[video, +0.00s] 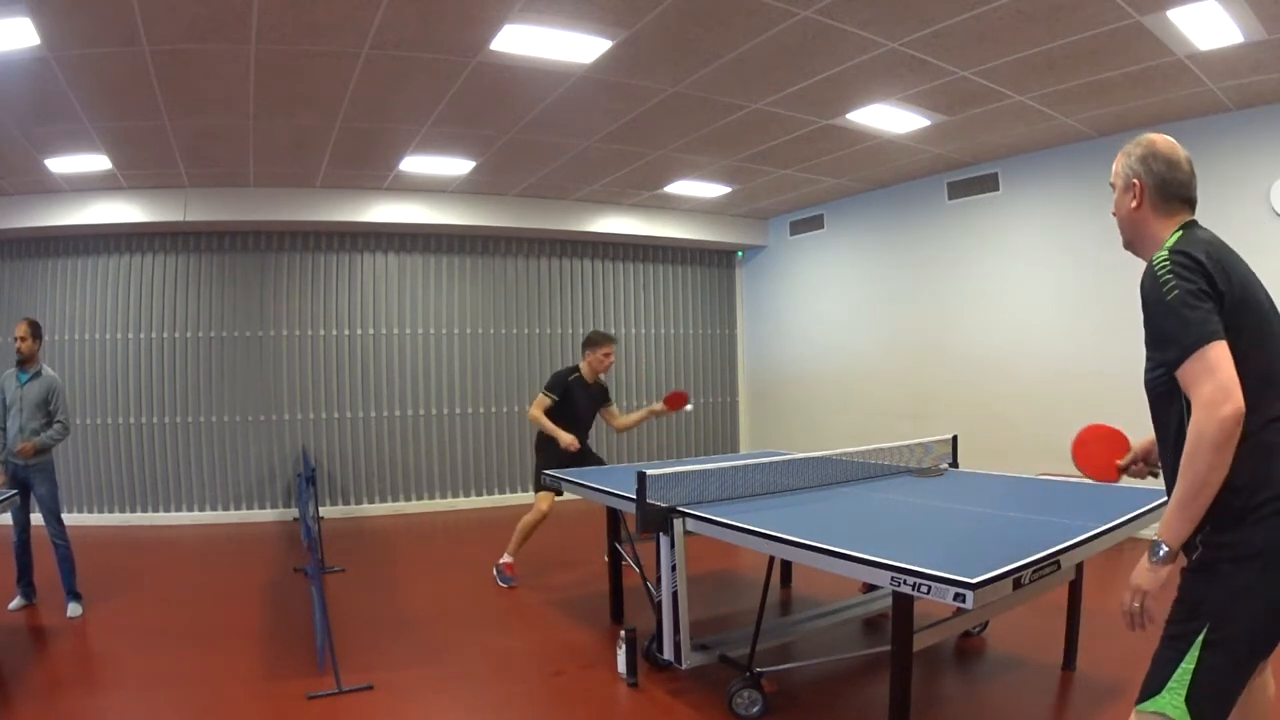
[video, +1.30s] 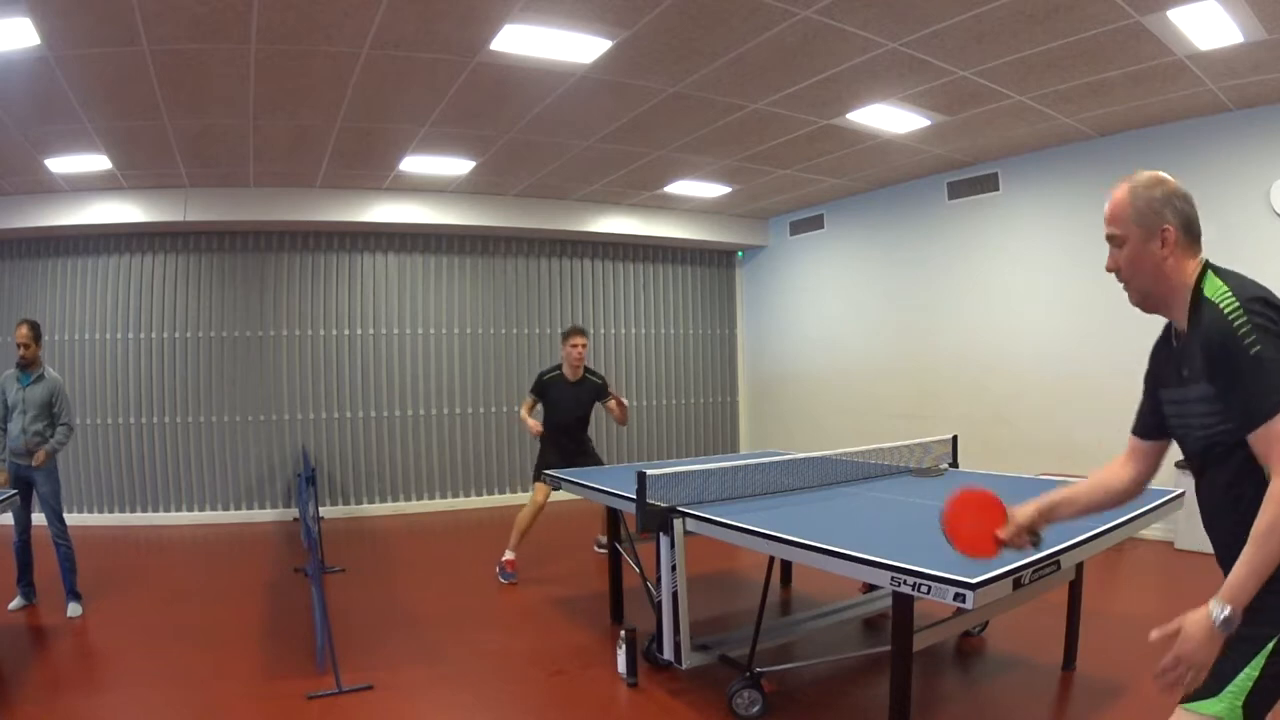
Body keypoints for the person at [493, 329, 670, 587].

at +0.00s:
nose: (611, 361)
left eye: (612, 355)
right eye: (606, 356)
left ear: (611, 356)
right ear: (588, 355)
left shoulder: (599, 389)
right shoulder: (563, 379)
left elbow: (618, 423)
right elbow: (534, 413)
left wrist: (650, 411)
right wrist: (561, 435)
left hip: (579, 450)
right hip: (551, 450)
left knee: (618, 488)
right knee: (543, 508)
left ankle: (615, 549)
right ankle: (506, 560)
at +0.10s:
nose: (599, 342)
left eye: (601, 337)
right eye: (593, 337)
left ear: (601, 340)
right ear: (577, 339)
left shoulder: (600, 372)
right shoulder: (556, 366)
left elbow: (632, 394)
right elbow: (534, 402)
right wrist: (560, 414)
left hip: (581, 444)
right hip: (550, 444)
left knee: (615, 489)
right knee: (535, 498)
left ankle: (616, 549)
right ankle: (507, 558)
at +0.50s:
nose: (576, 343)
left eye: (579, 338)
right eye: (570, 339)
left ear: (583, 341)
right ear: (558, 341)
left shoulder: (592, 372)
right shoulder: (541, 370)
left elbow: (617, 408)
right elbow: (522, 404)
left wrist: (626, 402)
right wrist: (536, 421)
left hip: (579, 445)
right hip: (547, 445)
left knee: (612, 491)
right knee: (530, 500)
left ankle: (618, 546)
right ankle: (508, 556)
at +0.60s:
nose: (581, 352)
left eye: (585, 347)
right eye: (576, 347)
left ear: (589, 347)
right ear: (564, 347)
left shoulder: (597, 379)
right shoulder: (547, 373)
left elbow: (614, 412)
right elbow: (522, 406)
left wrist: (625, 415)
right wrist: (535, 429)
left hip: (577, 447)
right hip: (546, 446)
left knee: (612, 489)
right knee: (529, 500)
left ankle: (616, 547)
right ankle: (504, 557)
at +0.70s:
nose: (581, 369)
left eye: (585, 363)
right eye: (575, 363)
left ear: (590, 363)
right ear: (566, 363)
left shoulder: (595, 392)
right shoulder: (547, 384)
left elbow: (608, 427)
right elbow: (521, 411)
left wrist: (606, 443)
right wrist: (527, 440)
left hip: (575, 452)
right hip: (543, 451)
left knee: (613, 491)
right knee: (529, 501)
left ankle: (614, 548)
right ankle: (504, 558)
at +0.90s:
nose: (560, 366)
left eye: (565, 361)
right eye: (555, 360)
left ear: (572, 361)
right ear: (546, 359)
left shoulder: (577, 386)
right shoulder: (530, 374)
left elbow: (593, 423)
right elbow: (511, 394)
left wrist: (598, 421)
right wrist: (501, 421)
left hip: (560, 442)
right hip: (528, 441)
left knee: (584, 494)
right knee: (517, 498)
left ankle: (605, 540)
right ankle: (504, 556)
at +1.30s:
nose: (579, 351)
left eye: (583, 347)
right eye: (574, 347)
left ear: (588, 350)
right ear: (563, 350)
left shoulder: (596, 382)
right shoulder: (546, 379)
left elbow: (621, 420)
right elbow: (525, 410)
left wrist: (621, 409)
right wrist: (529, 420)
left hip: (582, 447)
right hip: (552, 448)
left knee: (612, 491)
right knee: (539, 499)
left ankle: (606, 539)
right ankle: (508, 557)